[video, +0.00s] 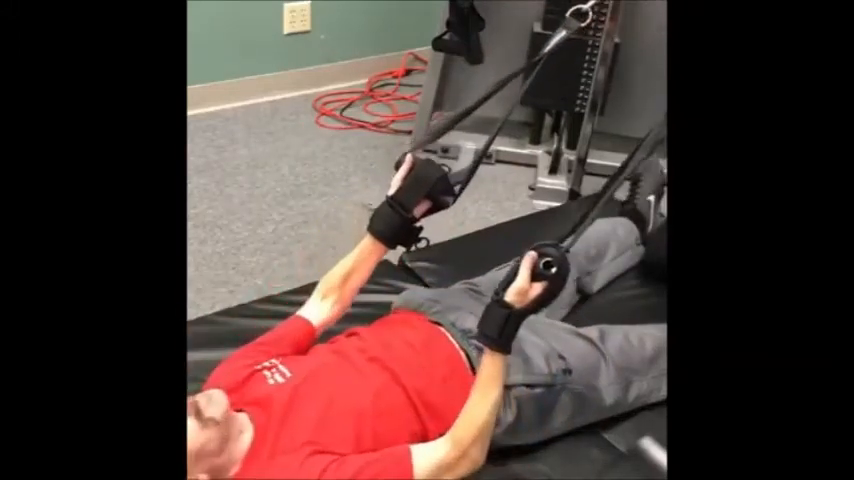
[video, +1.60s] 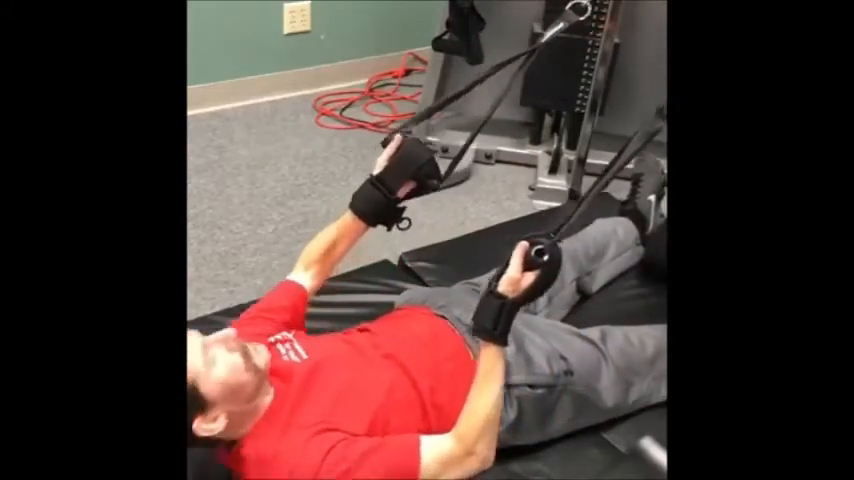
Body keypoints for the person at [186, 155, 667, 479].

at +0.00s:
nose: (202, 402)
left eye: (186, 401)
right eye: (192, 424)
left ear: (186, 394)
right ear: (201, 473)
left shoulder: (229, 375)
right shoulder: (289, 472)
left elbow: (327, 302)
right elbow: (456, 456)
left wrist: (392, 220)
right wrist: (503, 326)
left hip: (427, 312)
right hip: (493, 379)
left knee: (553, 269)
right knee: (648, 351)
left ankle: (635, 221)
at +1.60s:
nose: (226, 338)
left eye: (209, 338)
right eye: (211, 356)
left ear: (219, 331)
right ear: (210, 420)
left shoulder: (251, 340)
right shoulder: (294, 462)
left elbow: (311, 269)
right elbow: (465, 454)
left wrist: (379, 194)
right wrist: (502, 311)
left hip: (435, 309)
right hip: (496, 377)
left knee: (553, 263)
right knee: (639, 355)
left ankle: (637, 222)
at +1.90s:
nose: (275, 278)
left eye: (257, 274)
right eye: (258, 290)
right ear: (243, 352)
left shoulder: (272, 311)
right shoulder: (316, 434)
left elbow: (320, 244)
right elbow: (482, 446)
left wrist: (380, 185)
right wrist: (515, 312)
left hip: (451, 307)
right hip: (504, 379)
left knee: (611, 229)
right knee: (655, 352)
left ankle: (637, 226)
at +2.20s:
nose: (319, 227)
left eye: (306, 220)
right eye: (305, 231)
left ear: (278, 286)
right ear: (283, 284)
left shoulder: (273, 302)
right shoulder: (331, 386)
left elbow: (324, 232)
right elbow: (489, 432)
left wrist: (383, 176)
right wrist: (525, 293)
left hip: (458, 307)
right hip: (506, 376)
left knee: (591, 238)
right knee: (656, 351)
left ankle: (638, 218)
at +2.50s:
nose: (369, 190)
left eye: (359, 181)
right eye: (358, 190)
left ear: (311, 231)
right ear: (323, 230)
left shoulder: (282, 259)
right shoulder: (352, 338)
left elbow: (331, 221)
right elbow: (495, 408)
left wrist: (391, 166)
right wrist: (528, 273)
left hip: (450, 305)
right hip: (496, 376)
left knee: (555, 258)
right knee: (658, 351)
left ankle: (636, 223)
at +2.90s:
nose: (426, 160)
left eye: (424, 145)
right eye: (419, 150)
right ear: (385, 174)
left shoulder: (312, 216)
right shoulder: (386, 276)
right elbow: (508, 375)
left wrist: (403, 136)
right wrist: (543, 241)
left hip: (443, 319)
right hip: (481, 399)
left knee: (561, 252)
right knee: (657, 354)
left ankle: (636, 220)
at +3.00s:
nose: (442, 152)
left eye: (439, 138)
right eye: (435, 142)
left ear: (346, 151)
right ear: (400, 164)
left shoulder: (321, 208)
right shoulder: (394, 260)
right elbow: (515, 362)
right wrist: (546, 237)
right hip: (479, 397)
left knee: (563, 257)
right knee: (657, 354)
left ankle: (635, 218)